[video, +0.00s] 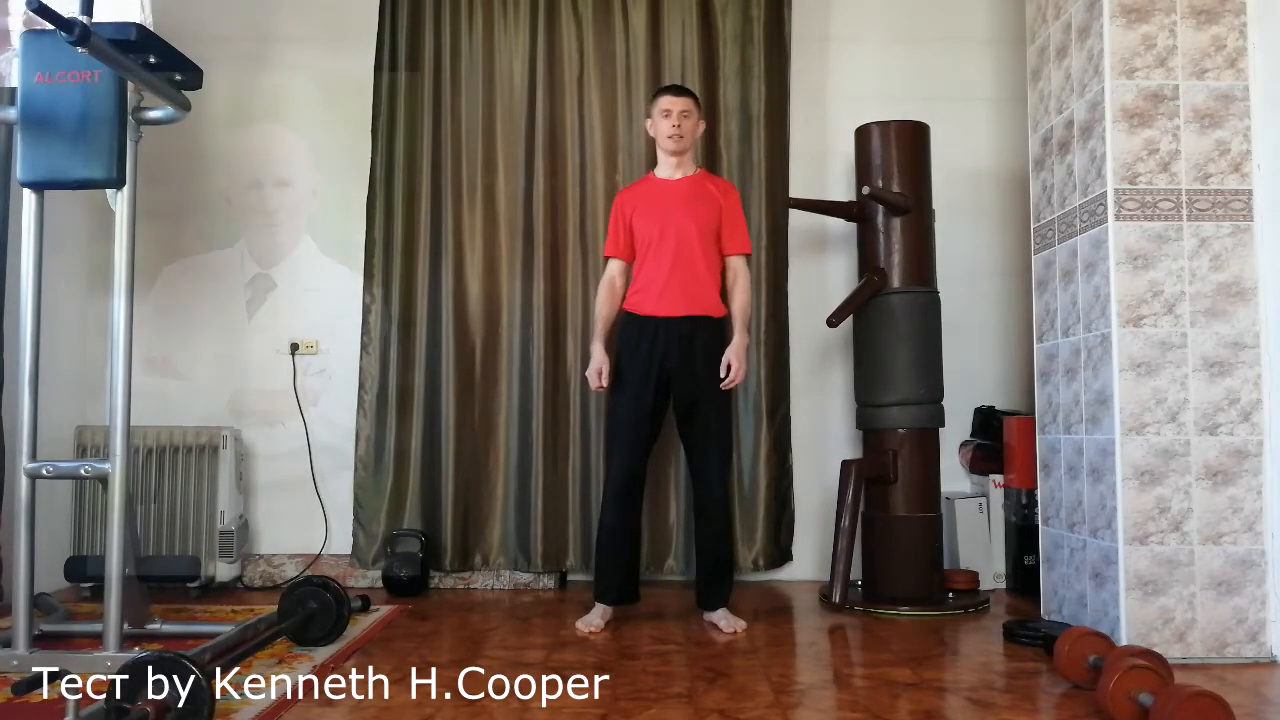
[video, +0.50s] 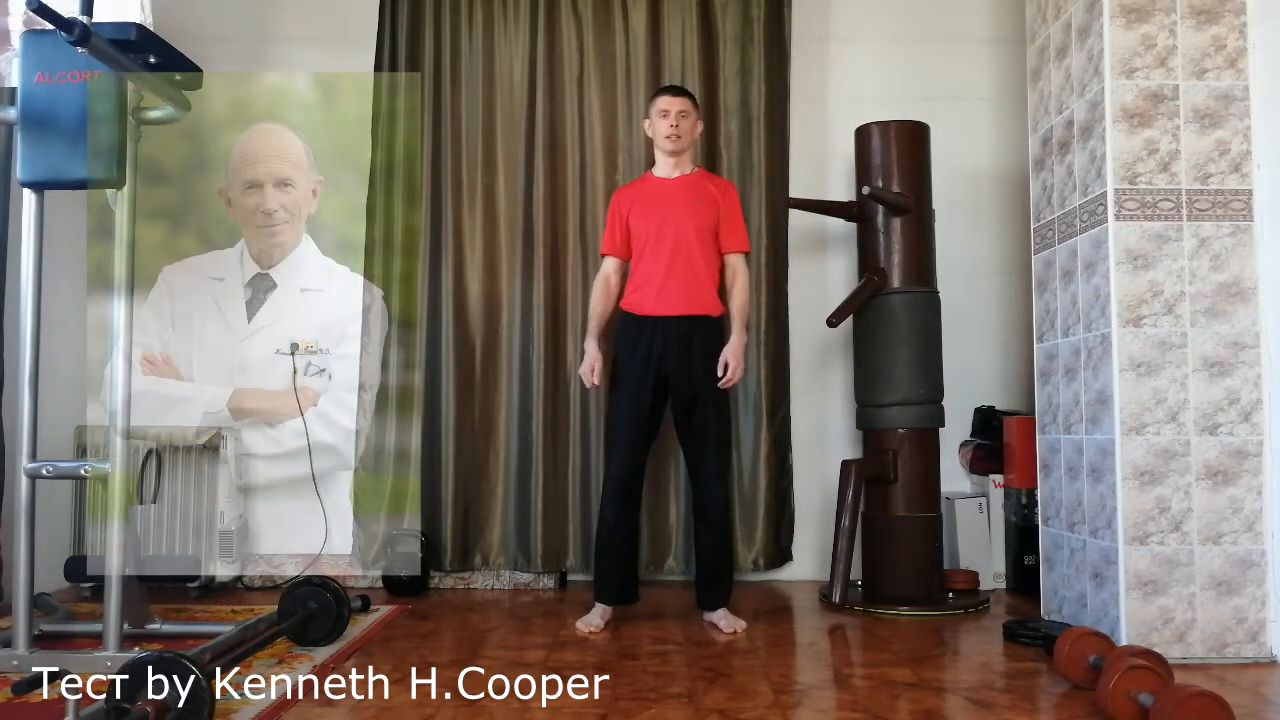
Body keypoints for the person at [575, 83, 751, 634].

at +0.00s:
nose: (675, 123)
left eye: (685, 115)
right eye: (665, 115)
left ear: (701, 128)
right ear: (648, 127)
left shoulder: (720, 192)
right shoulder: (629, 199)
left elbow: (738, 272)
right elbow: (615, 276)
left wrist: (740, 338)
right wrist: (599, 342)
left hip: (704, 340)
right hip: (640, 338)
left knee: (712, 475)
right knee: (623, 473)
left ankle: (714, 602)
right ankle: (609, 598)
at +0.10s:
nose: (676, 122)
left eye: (686, 115)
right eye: (666, 115)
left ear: (701, 128)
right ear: (649, 127)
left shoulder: (721, 192)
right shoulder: (630, 198)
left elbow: (739, 272)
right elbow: (615, 276)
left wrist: (742, 340)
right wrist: (599, 343)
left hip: (704, 340)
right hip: (640, 338)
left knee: (712, 475)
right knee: (623, 472)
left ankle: (714, 603)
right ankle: (608, 598)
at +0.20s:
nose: (675, 122)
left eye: (685, 115)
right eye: (665, 115)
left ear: (701, 128)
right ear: (648, 127)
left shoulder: (720, 192)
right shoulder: (629, 198)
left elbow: (739, 272)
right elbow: (614, 276)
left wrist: (743, 341)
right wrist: (598, 342)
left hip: (704, 339)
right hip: (640, 338)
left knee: (712, 475)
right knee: (623, 472)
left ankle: (714, 603)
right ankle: (609, 598)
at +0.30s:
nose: (675, 122)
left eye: (685, 115)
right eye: (665, 115)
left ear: (700, 128)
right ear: (648, 127)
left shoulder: (720, 191)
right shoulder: (629, 198)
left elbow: (739, 271)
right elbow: (613, 275)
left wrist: (742, 339)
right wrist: (596, 341)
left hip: (703, 339)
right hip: (639, 338)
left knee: (711, 475)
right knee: (623, 472)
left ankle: (714, 603)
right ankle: (608, 598)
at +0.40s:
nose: (674, 122)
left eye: (684, 115)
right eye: (664, 114)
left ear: (699, 128)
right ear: (647, 127)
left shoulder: (719, 192)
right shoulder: (627, 198)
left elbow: (738, 271)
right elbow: (611, 275)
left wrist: (740, 338)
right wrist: (594, 340)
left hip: (702, 339)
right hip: (637, 338)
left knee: (711, 474)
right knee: (623, 472)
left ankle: (714, 602)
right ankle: (609, 598)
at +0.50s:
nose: (673, 122)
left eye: (683, 115)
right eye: (663, 114)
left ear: (698, 128)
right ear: (646, 128)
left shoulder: (719, 192)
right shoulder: (627, 197)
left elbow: (737, 271)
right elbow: (610, 274)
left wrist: (738, 336)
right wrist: (593, 338)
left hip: (702, 339)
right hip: (637, 338)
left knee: (711, 474)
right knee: (622, 472)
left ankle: (714, 602)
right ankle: (609, 597)